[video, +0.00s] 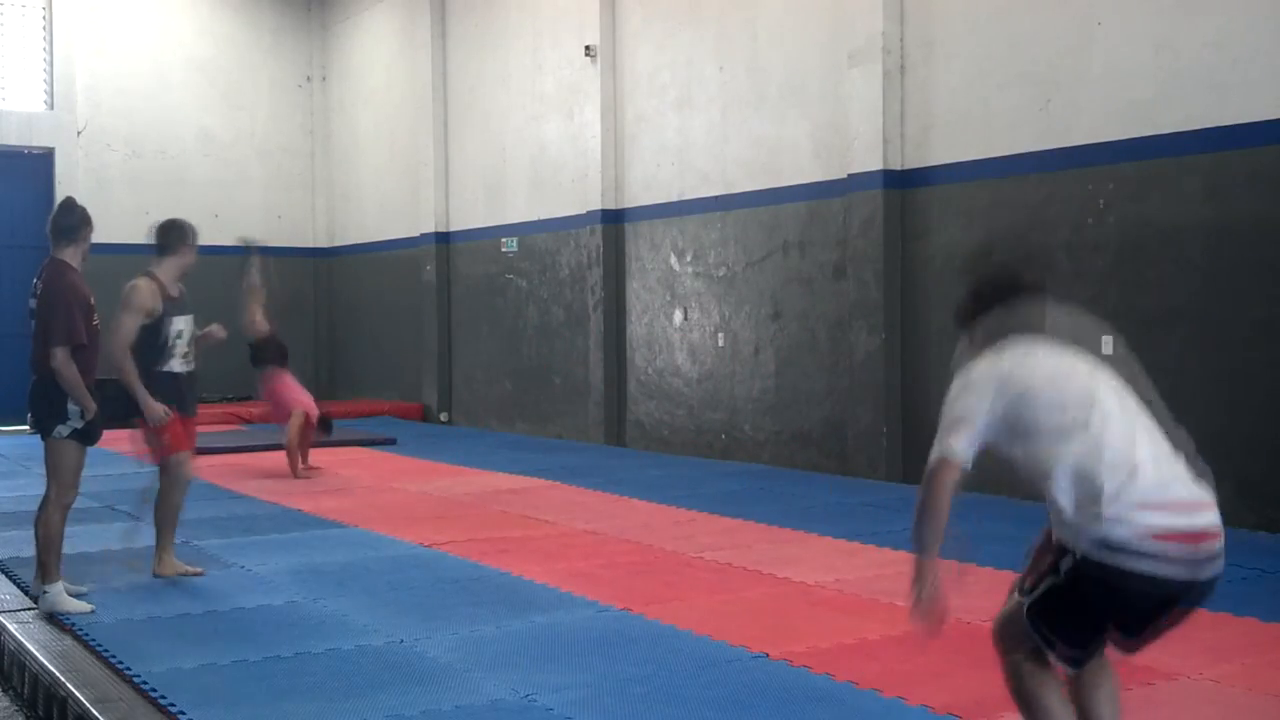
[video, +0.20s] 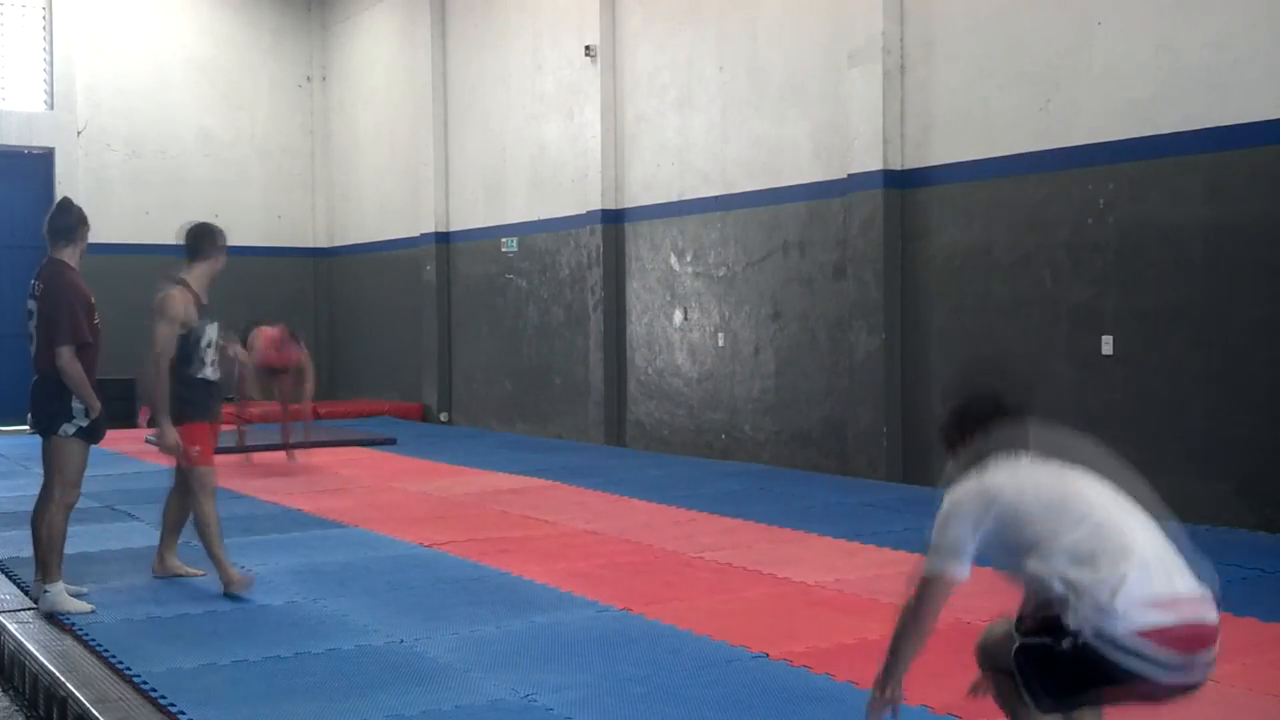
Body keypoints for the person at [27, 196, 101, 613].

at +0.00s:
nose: (93, 238)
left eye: (90, 232)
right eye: (92, 232)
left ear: (56, 234)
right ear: (88, 235)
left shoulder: (51, 275)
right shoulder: (66, 283)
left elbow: (52, 350)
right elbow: (60, 357)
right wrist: (87, 403)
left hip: (53, 393)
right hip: (63, 397)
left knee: (57, 493)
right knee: (61, 496)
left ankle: (47, 577)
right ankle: (51, 588)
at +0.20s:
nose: (89, 236)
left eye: (86, 231)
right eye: (89, 231)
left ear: (52, 234)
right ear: (84, 234)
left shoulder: (46, 276)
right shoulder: (67, 284)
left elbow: (45, 348)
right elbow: (65, 357)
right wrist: (93, 403)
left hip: (51, 394)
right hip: (67, 398)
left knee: (52, 490)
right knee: (64, 496)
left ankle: (45, 578)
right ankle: (52, 589)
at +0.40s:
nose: (88, 236)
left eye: (84, 230)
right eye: (87, 231)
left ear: (49, 235)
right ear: (83, 234)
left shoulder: (42, 275)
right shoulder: (68, 284)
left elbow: (42, 345)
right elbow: (67, 356)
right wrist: (94, 403)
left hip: (46, 391)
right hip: (67, 396)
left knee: (49, 489)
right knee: (64, 494)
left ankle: (44, 580)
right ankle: (52, 590)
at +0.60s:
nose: (85, 237)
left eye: (81, 231)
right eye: (85, 232)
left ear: (47, 235)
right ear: (81, 235)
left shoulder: (41, 276)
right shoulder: (65, 285)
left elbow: (40, 346)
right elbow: (64, 356)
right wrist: (92, 402)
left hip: (46, 392)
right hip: (65, 396)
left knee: (47, 490)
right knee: (62, 495)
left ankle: (44, 579)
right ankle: (51, 590)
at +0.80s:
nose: (84, 235)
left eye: (79, 229)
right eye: (83, 230)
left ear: (45, 235)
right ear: (79, 234)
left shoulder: (41, 277)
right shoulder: (61, 284)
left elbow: (44, 349)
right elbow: (60, 356)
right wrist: (90, 400)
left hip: (48, 392)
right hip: (64, 396)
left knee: (47, 490)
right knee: (62, 495)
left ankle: (44, 579)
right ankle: (51, 590)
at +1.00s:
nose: (84, 236)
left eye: (79, 230)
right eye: (83, 230)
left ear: (45, 235)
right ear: (78, 234)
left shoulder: (41, 277)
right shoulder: (60, 284)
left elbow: (40, 349)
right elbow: (59, 355)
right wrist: (89, 400)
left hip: (48, 393)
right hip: (64, 397)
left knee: (47, 491)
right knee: (61, 495)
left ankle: (43, 579)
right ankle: (51, 589)